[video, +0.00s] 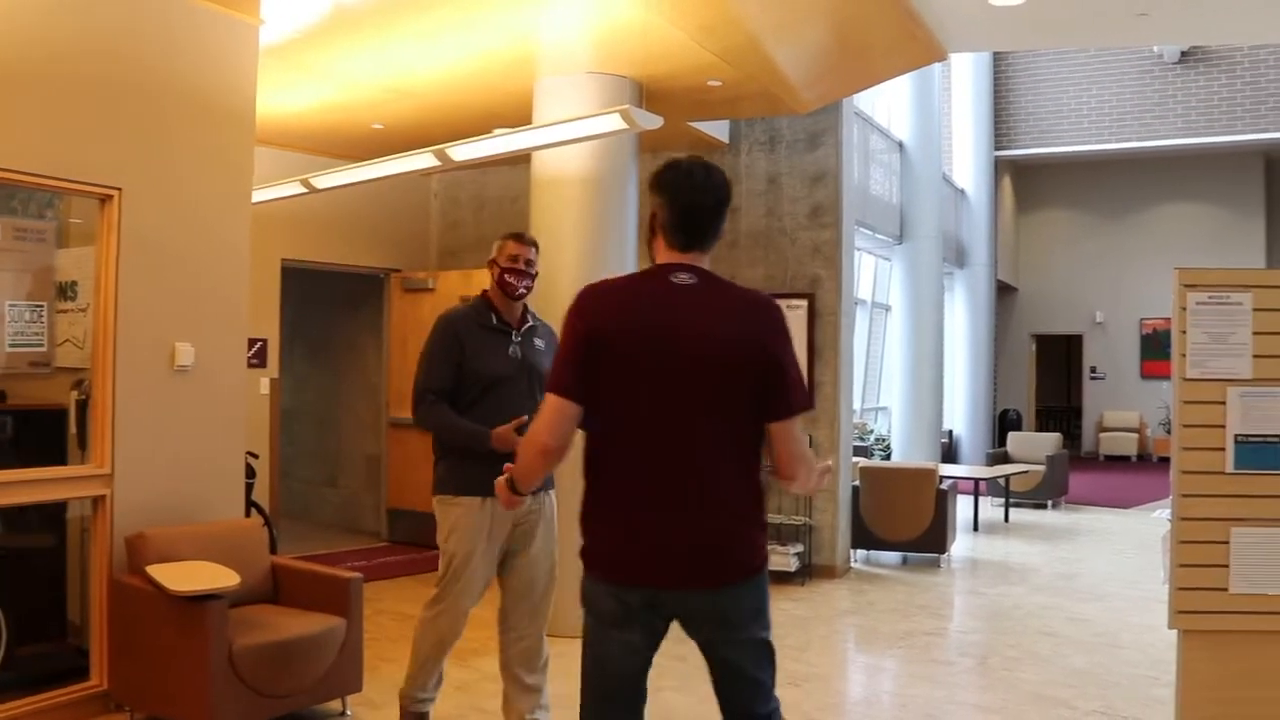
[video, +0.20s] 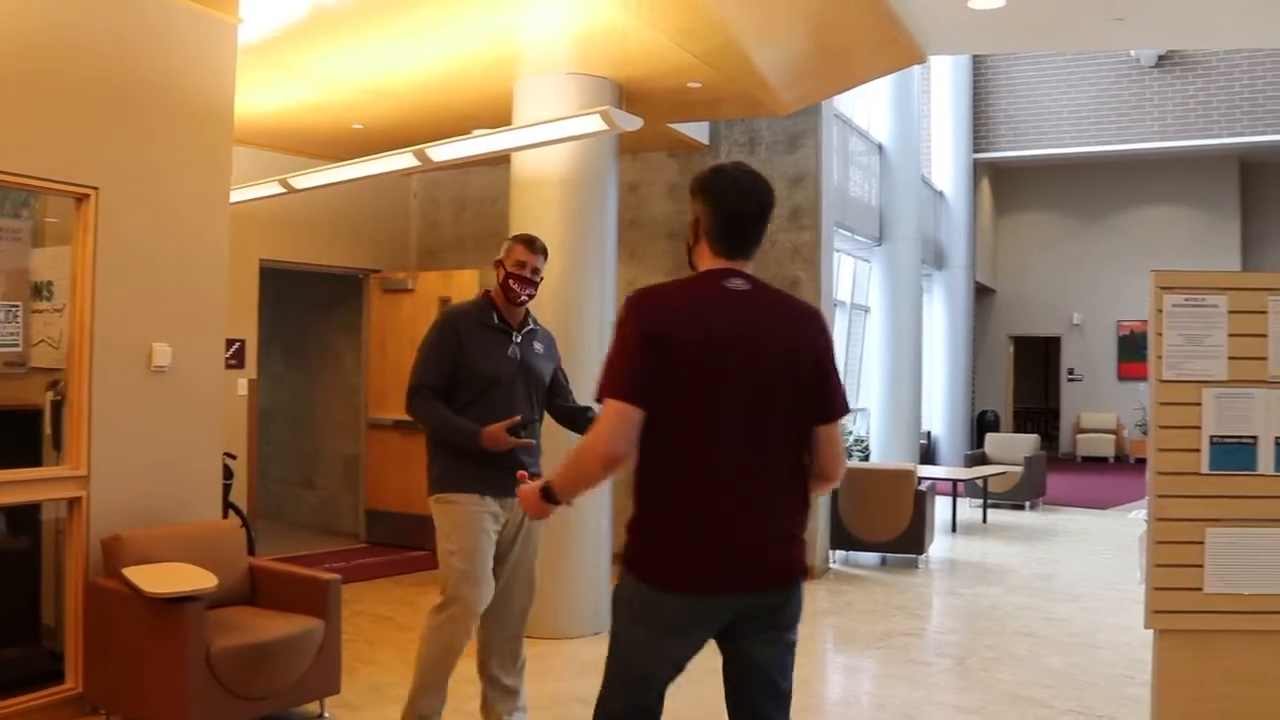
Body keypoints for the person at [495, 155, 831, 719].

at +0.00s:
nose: (648, 220)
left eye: (649, 211)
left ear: (654, 220)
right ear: (722, 227)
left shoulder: (597, 306)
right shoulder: (756, 314)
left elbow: (549, 438)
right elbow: (792, 467)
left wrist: (515, 484)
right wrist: (810, 474)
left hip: (620, 560)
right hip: (725, 564)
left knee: (608, 713)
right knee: (754, 711)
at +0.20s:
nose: (688, 226)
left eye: (691, 216)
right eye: (692, 216)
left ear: (697, 224)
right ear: (760, 231)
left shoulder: (652, 309)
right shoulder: (803, 323)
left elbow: (612, 445)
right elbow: (828, 469)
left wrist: (550, 492)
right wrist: (771, 479)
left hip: (671, 568)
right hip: (770, 571)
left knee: (625, 709)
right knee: (765, 714)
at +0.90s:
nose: (756, 232)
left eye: (761, 217)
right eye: (760, 217)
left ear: (773, 223)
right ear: (831, 231)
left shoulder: (774, 304)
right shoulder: (865, 321)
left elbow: (771, 453)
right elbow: (879, 465)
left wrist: (662, 517)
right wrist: (797, 477)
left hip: (777, 584)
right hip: (837, 581)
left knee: (769, 711)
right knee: (786, 710)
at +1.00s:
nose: (755, 237)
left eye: (761, 222)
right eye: (757, 223)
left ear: (790, 227)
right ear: (834, 232)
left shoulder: (797, 311)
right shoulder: (875, 324)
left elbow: (796, 462)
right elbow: (889, 468)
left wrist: (681, 525)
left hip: (795, 587)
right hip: (847, 582)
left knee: (795, 714)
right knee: (784, 710)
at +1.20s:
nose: (773, 243)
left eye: (782, 228)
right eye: (774, 229)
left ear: (824, 233)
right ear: (823, 235)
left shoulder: (855, 318)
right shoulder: (873, 313)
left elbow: (855, 486)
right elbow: (883, 472)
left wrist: (725, 544)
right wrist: (807, 508)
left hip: (847, 609)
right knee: (786, 714)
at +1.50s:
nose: (800, 229)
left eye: (810, 213)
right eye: (801, 214)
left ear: (854, 217)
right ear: (853, 217)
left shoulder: (898, 306)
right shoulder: (880, 304)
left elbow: (930, 480)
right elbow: (896, 455)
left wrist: (802, 558)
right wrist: (817, 477)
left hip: (875, 611)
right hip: (841, 599)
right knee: (795, 713)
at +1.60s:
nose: (808, 222)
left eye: (817, 206)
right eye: (809, 208)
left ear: (858, 210)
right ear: (860, 211)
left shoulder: (905, 303)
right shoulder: (885, 301)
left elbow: (943, 475)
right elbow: (896, 455)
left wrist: (819, 559)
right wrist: (813, 475)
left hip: (876, 608)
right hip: (844, 598)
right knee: (812, 712)